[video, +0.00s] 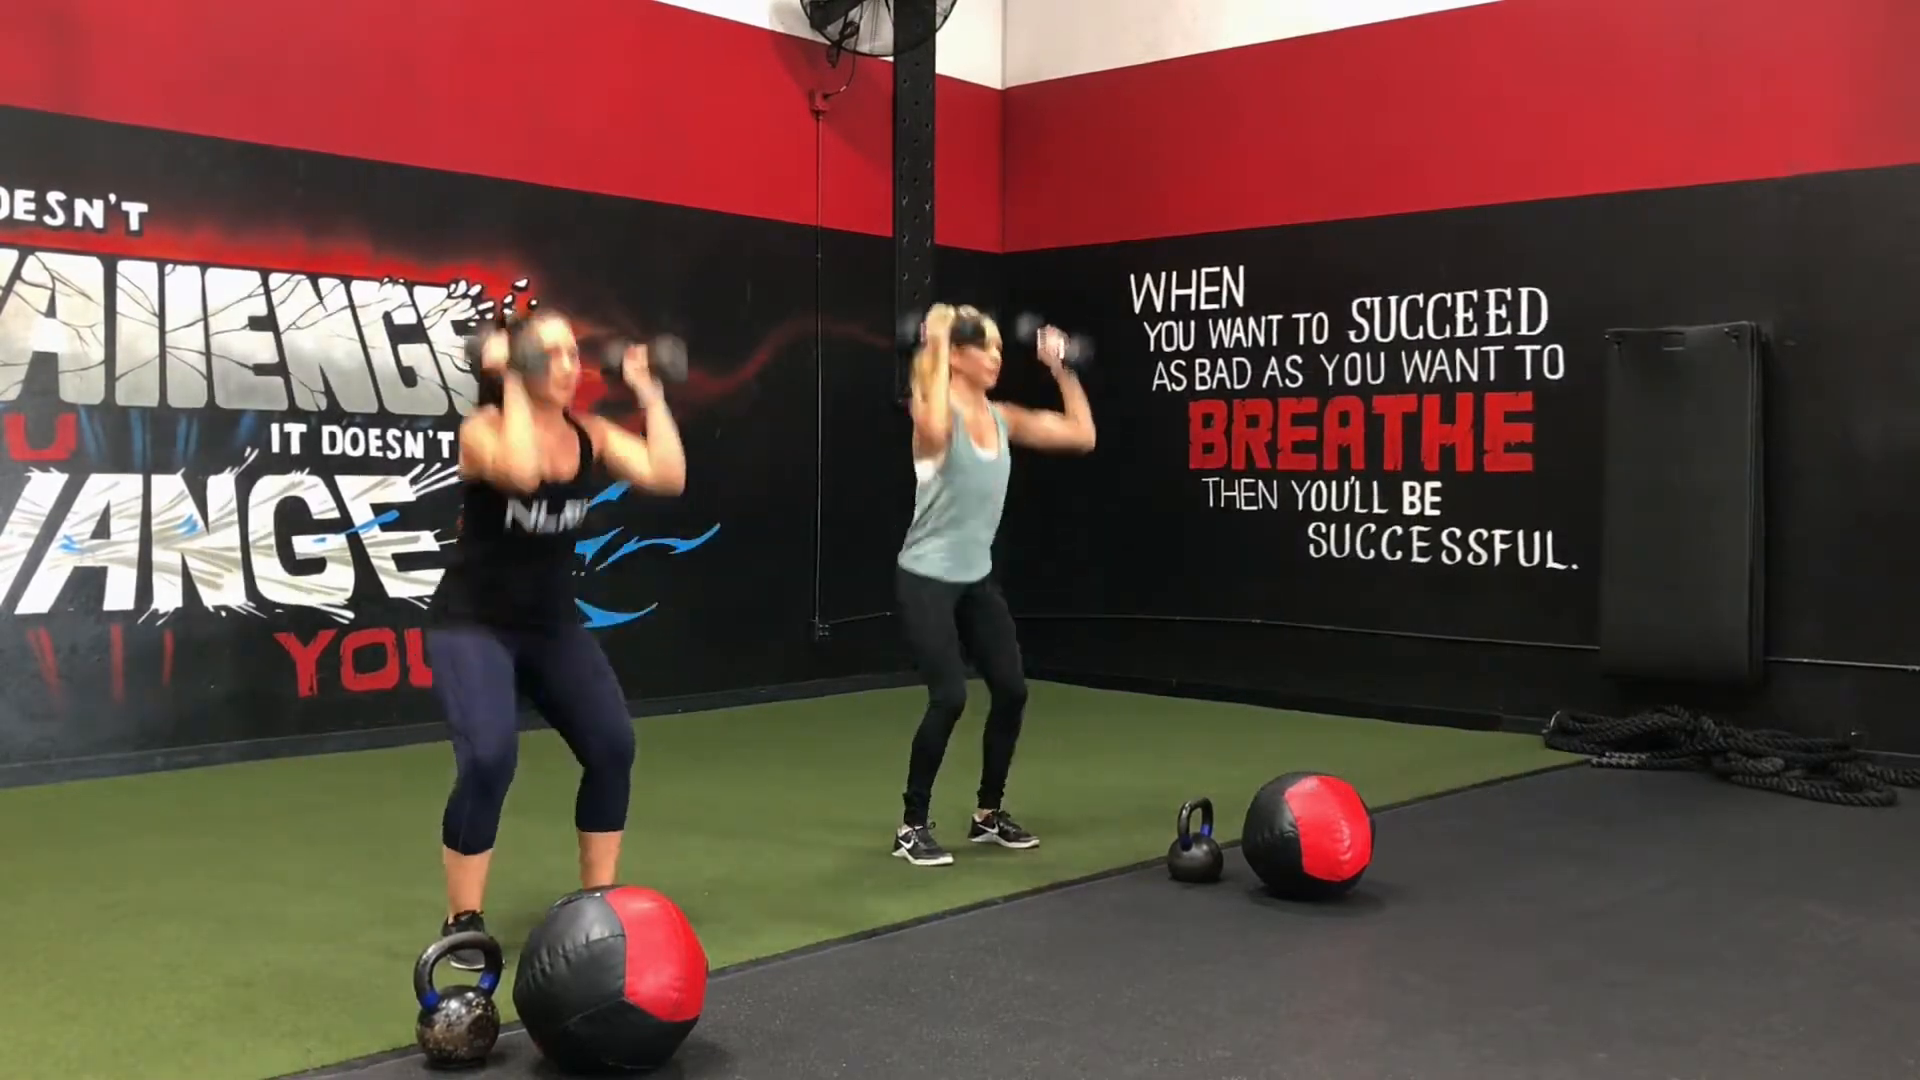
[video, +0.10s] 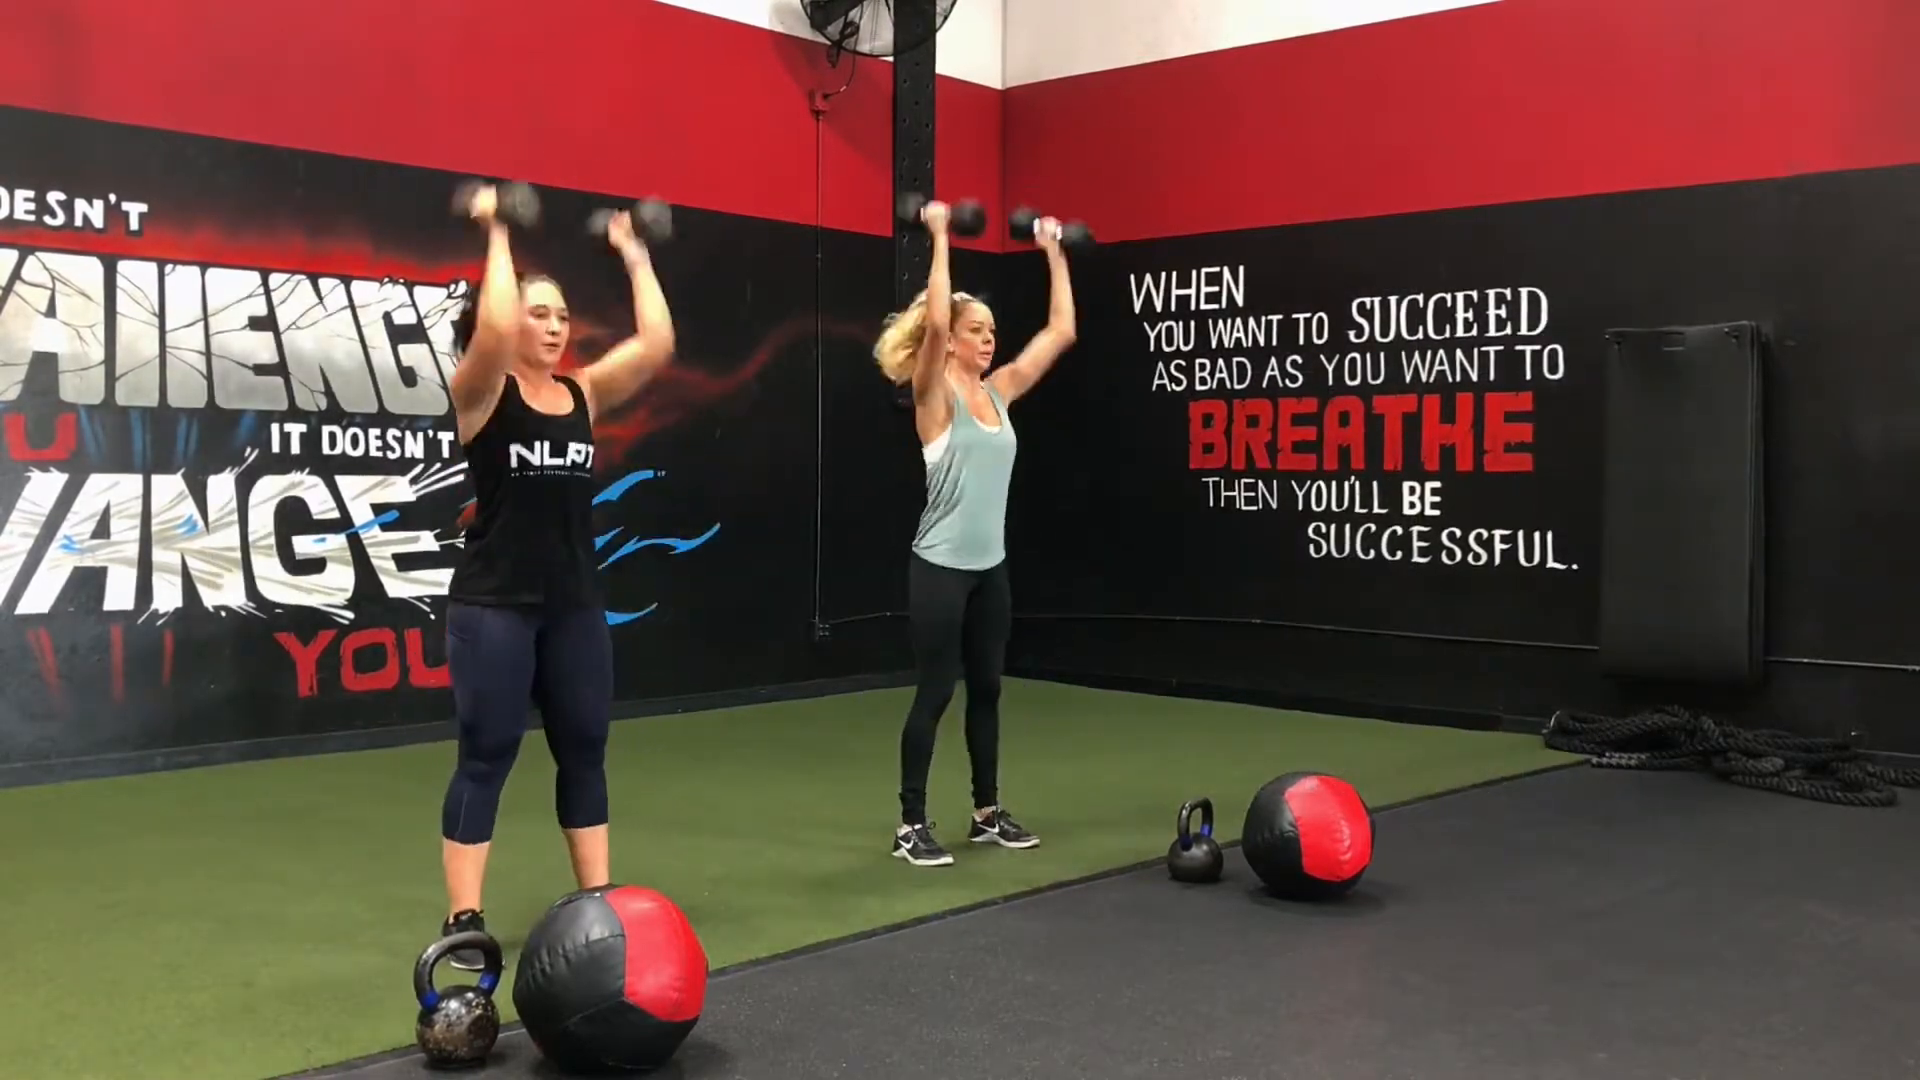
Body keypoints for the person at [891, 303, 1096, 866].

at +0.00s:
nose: (997, 359)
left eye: (998, 350)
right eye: (988, 349)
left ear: (991, 357)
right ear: (957, 355)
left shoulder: (1000, 415)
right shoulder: (933, 411)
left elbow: (1080, 433)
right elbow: (933, 432)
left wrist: (1061, 369)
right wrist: (936, 347)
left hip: (976, 581)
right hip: (926, 580)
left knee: (1010, 690)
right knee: (949, 696)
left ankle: (988, 815)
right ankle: (913, 827)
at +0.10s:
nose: (988, 341)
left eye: (992, 332)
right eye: (976, 331)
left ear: (994, 342)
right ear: (945, 338)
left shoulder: (998, 390)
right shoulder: (935, 397)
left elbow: (1061, 330)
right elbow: (936, 320)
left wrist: (1054, 251)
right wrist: (940, 236)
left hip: (990, 568)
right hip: (939, 567)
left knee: (986, 690)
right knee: (937, 690)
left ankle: (988, 814)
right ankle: (912, 825)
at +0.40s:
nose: (998, 380)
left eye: (999, 371)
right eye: (989, 372)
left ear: (994, 378)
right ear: (962, 378)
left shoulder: (1001, 434)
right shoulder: (935, 431)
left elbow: (1082, 456)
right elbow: (939, 448)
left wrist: (1067, 388)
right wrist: (941, 368)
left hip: (968, 595)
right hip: (917, 592)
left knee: (1017, 697)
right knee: (954, 703)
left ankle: (989, 816)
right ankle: (914, 828)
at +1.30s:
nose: (998, 359)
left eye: (1002, 351)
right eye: (991, 347)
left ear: (997, 353)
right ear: (958, 342)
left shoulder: (992, 404)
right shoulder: (933, 400)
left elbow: (1068, 399)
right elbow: (924, 368)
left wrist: (1067, 330)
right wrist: (937, 298)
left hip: (985, 572)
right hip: (937, 570)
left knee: (1000, 687)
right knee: (925, 693)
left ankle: (988, 814)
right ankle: (912, 827)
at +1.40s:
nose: (1016, 368)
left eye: (1020, 358)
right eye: (1008, 355)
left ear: (1011, 359)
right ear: (974, 349)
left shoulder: (997, 416)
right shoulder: (943, 404)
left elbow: (1044, 478)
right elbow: (924, 470)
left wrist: (1064, 421)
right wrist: (954, 403)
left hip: (986, 573)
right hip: (938, 571)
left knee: (1033, 680)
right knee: (925, 693)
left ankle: (1011, 807)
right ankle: (912, 826)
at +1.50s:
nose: (1051, 381)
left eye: (1056, 372)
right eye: (1046, 369)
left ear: (1029, 365)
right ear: (1013, 358)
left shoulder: (1018, 419)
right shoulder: (968, 415)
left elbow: (1013, 498)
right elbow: (932, 492)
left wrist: (1065, 482)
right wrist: (993, 473)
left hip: (1000, 573)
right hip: (954, 573)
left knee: (1044, 686)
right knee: (937, 694)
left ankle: (1083, 813)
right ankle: (913, 825)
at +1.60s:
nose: (1113, 402)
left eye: (1119, 394)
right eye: (1111, 390)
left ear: (1092, 383)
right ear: (1079, 376)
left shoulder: (1071, 436)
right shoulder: (1027, 426)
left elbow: (1046, 514)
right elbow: (985, 501)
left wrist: (1091, 544)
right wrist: (1053, 531)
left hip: (1030, 579)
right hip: (985, 576)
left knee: (1068, 692)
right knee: (973, 701)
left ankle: (1100, 819)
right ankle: (916, 824)